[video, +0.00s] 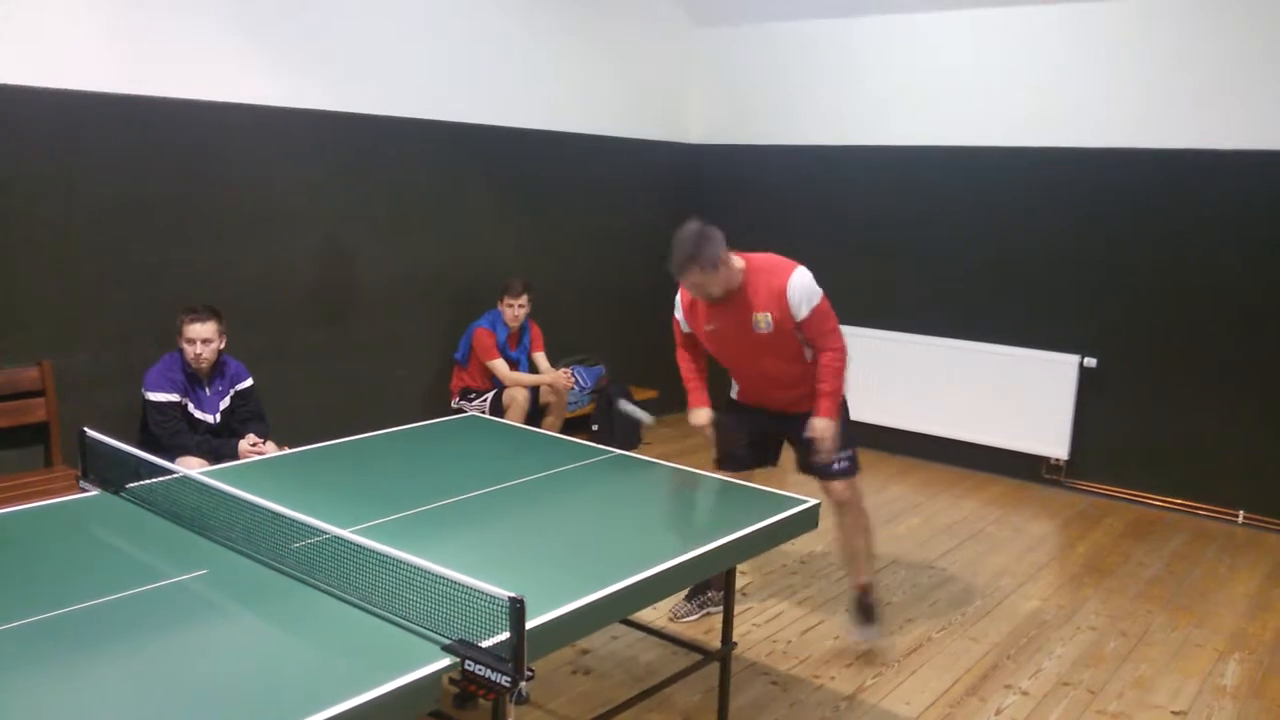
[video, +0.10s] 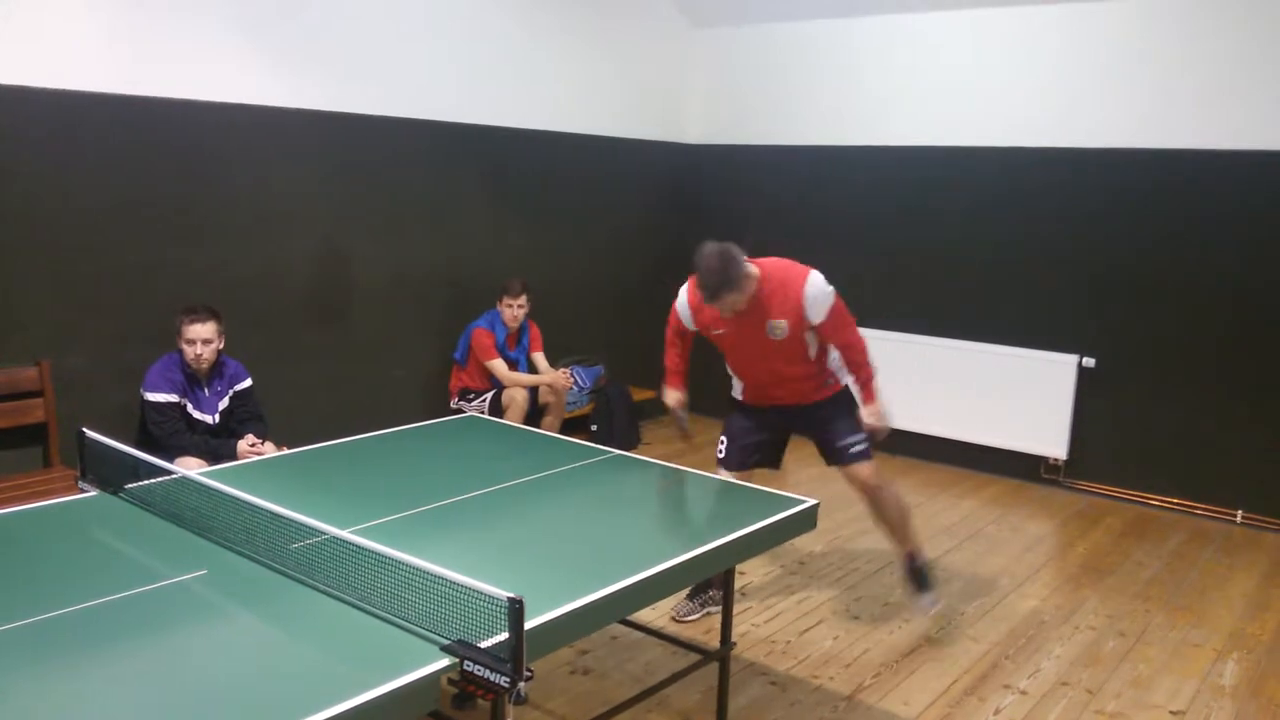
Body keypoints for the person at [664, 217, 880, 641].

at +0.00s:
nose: (696, 294)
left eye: (700, 284)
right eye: (689, 286)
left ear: (723, 263)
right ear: (682, 275)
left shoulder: (788, 281)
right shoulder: (689, 300)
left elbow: (831, 345)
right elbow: (687, 348)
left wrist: (826, 413)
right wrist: (698, 402)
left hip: (810, 402)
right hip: (748, 402)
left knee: (844, 493)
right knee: (724, 490)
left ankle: (863, 593)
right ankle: (714, 584)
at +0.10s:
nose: (729, 311)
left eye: (733, 303)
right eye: (720, 306)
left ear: (749, 276)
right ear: (704, 290)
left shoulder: (802, 287)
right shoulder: (693, 301)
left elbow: (849, 340)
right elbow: (677, 333)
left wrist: (870, 401)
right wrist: (674, 383)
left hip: (822, 395)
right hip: (755, 400)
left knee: (867, 478)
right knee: (723, 485)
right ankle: (715, 581)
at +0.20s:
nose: (775, 312)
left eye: (781, 303)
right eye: (765, 306)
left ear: (793, 282)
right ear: (747, 287)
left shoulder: (828, 282)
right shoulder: (715, 290)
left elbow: (862, 321)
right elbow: (675, 312)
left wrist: (884, 361)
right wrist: (655, 349)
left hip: (829, 387)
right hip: (761, 398)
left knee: (894, 459)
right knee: (736, 489)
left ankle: (947, 546)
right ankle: (717, 579)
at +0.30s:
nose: (827, 306)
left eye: (834, 298)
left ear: (846, 276)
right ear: (798, 277)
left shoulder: (854, 277)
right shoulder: (750, 288)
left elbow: (863, 308)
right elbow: (687, 297)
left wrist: (877, 344)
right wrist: (649, 328)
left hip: (837, 384)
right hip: (773, 400)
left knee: (901, 450)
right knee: (752, 497)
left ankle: (958, 548)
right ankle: (719, 584)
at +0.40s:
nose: (885, 294)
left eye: (891, 286)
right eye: (884, 284)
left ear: (886, 263)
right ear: (862, 256)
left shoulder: (868, 274)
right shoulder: (795, 279)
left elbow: (864, 313)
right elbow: (722, 295)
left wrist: (878, 344)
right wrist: (670, 334)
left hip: (852, 391)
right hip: (790, 401)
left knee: (912, 461)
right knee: (760, 501)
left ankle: (955, 573)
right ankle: (720, 583)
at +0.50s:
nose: (947, 277)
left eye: (954, 270)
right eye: (949, 267)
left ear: (930, 246)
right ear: (928, 247)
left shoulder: (908, 277)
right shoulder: (851, 267)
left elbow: (878, 322)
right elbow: (775, 293)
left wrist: (896, 359)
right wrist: (739, 354)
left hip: (868, 407)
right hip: (808, 408)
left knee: (922, 492)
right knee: (765, 503)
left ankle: (935, 601)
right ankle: (719, 584)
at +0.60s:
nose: (995, 289)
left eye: (1001, 282)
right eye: (997, 278)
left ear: (977, 264)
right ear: (974, 261)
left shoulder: (946, 303)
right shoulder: (909, 278)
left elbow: (914, 350)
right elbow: (836, 305)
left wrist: (940, 390)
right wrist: (844, 371)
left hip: (886, 424)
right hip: (831, 417)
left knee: (940, 509)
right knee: (786, 511)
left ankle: (935, 614)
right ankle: (718, 581)